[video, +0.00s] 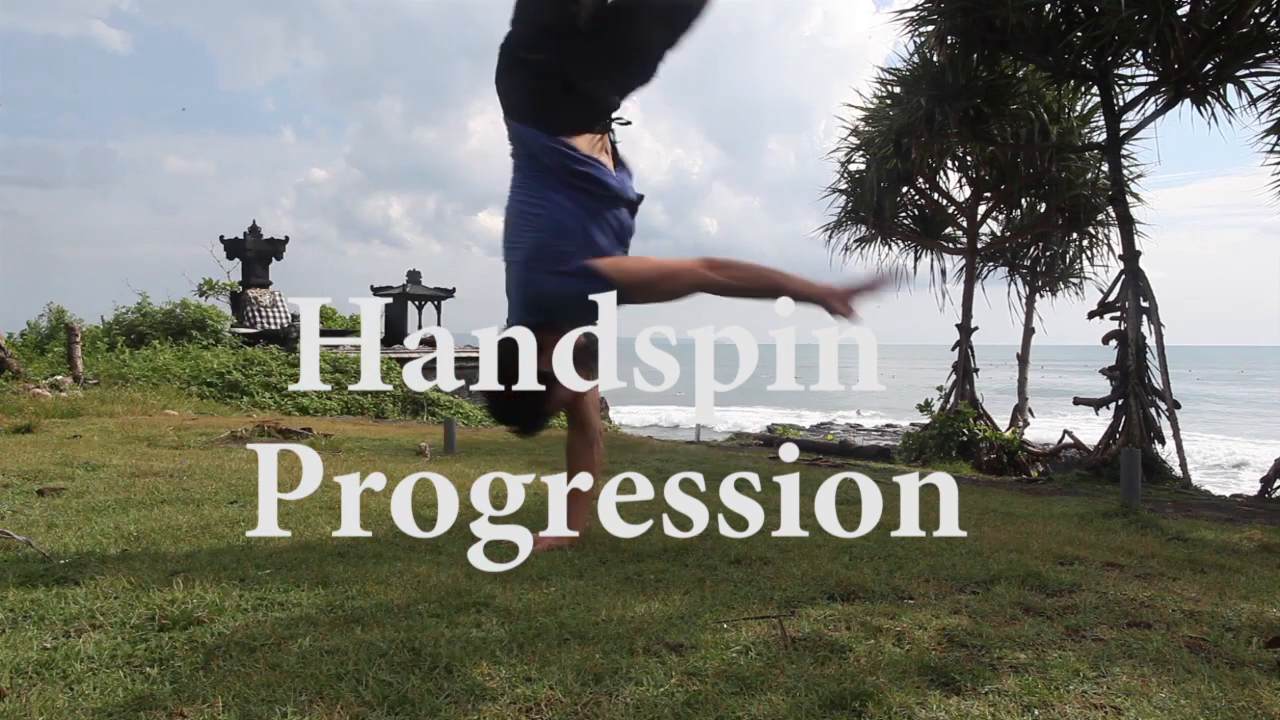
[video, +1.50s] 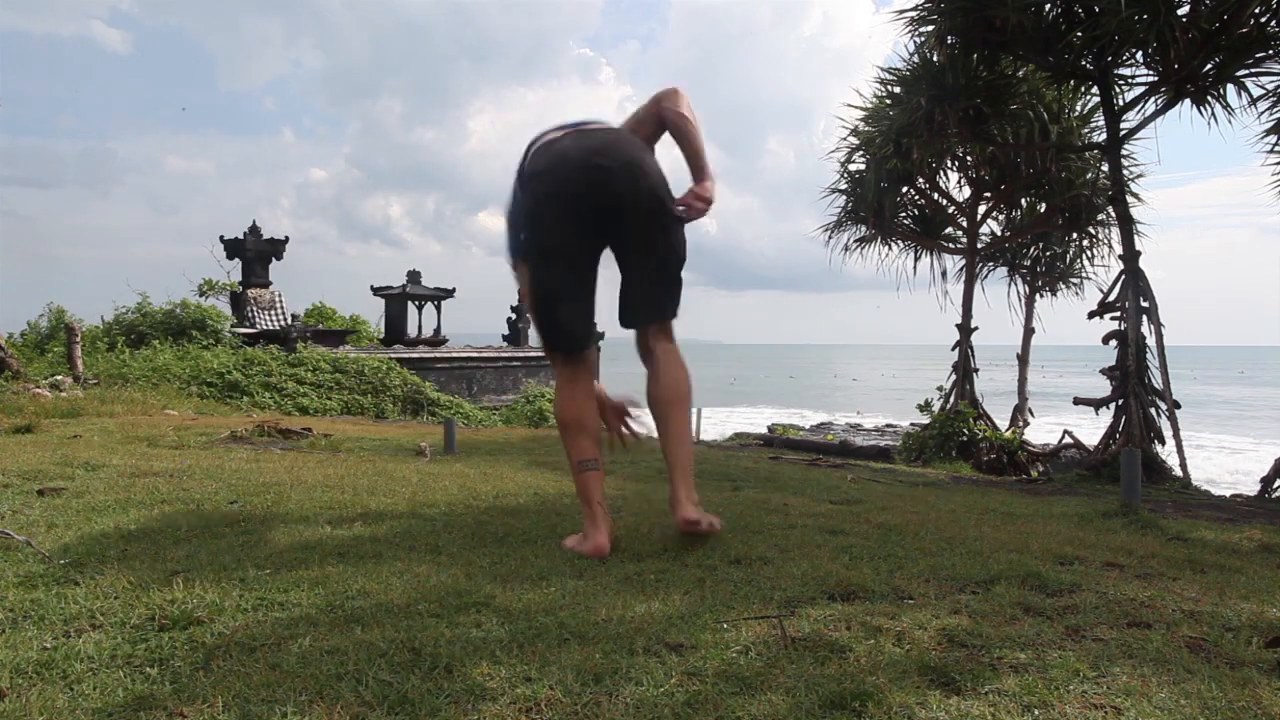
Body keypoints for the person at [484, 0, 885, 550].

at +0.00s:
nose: (559, 414)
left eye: (551, 412)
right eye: (551, 416)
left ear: (532, 375)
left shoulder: (567, 287)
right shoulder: (553, 338)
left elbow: (705, 274)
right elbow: (587, 430)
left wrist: (817, 293)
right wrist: (571, 528)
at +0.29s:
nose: (619, 407)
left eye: (638, 402)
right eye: (615, 403)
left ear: (664, 367)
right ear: (597, 374)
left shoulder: (669, 314)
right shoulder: (556, 333)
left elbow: (688, 381)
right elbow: (560, 428)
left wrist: (696, 448)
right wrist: (568, 521)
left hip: (604, 129)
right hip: (531, 130)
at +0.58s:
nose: (644, 407)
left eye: (655, 406)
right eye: (654, 403)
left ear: (653, 369)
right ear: (655, 376)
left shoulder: (626, 344)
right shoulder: (624, 336)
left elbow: (602, 418)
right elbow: (574, 421)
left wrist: (615, 496)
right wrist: (562, 518)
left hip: (576, 144)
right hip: (609, 133)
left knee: (475, 34)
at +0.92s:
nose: (665, 386)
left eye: (674, 390)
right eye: (685, 387)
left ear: (662, 357)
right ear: (702, 364)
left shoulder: (617, 326)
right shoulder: (711, 310)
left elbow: (602, 414)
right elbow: (714, 333)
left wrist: (619, 504)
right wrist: (649, 403)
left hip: (566, 166)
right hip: (632, 140)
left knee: (465, 218)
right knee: (619, 11)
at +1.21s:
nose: (640, 374)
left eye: (642, 376)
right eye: (648, 374)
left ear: (632, 348)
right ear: (665, 341)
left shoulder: (593, 339)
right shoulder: (672, 289)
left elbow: (595, 421)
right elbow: (740, 213)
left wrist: (616, 502)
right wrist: (806, 239)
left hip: (552, 185)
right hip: (621, 172)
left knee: (573, 346)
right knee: (615, 102)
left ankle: (580, 502)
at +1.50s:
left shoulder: (526, 199)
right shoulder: (624, 140)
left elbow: (540, 311)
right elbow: (671, 97)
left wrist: (596, 394)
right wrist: (703, 177)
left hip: (548, 183)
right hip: (627, 167)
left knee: (569, 367)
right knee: (659, 338)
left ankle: (596, 528)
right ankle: (686, 503)